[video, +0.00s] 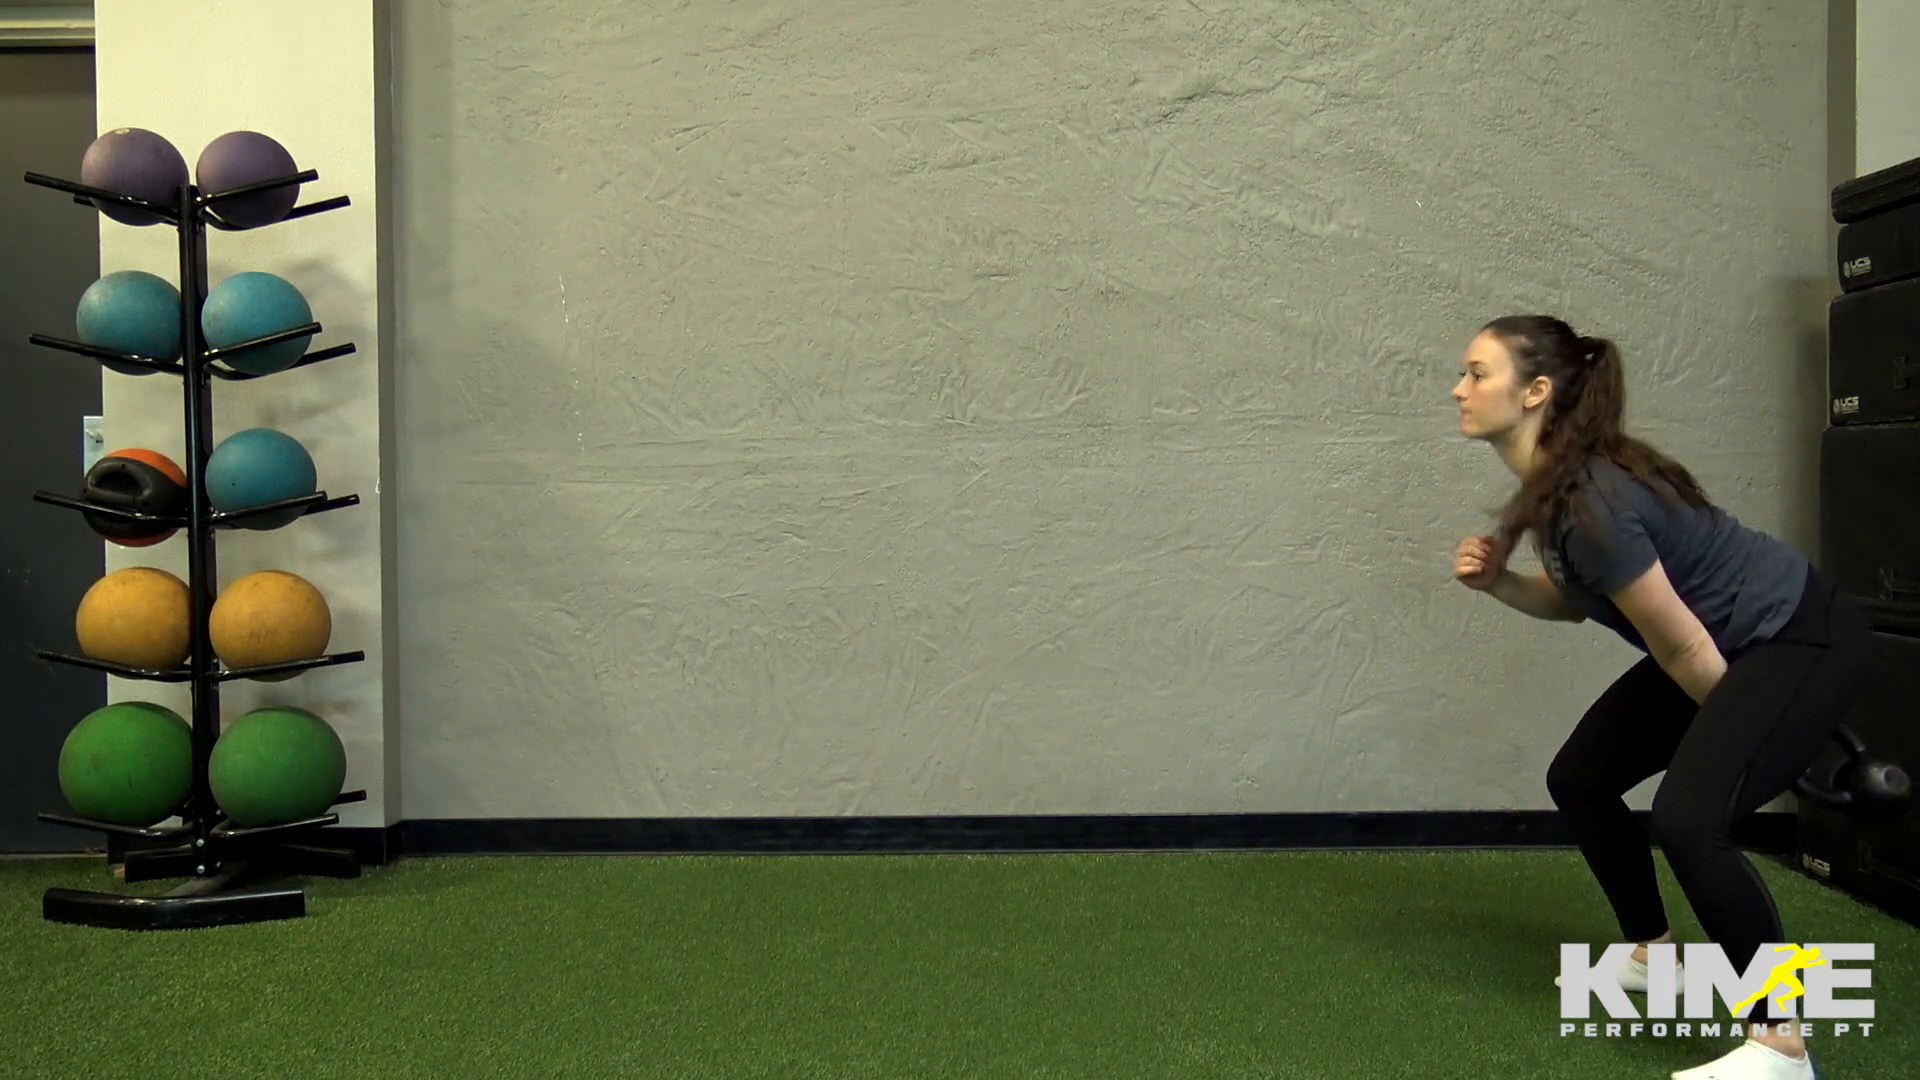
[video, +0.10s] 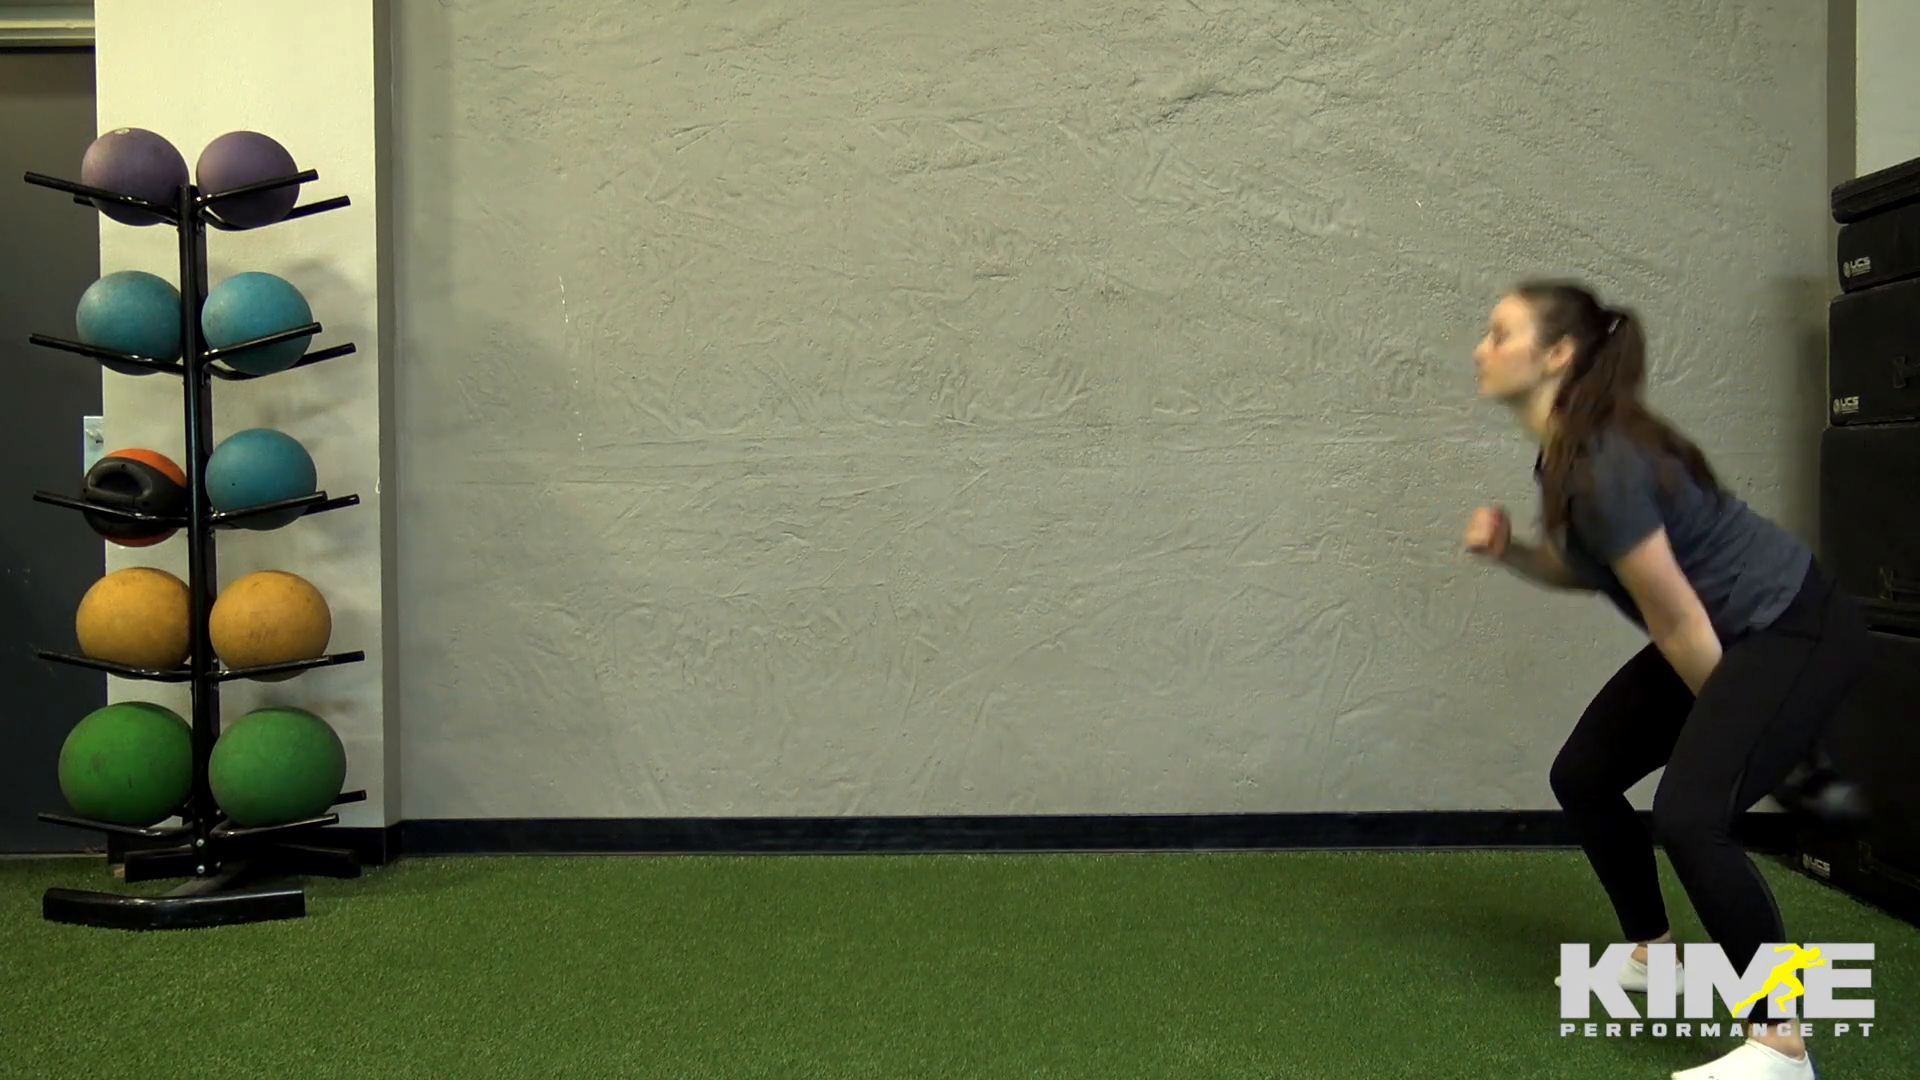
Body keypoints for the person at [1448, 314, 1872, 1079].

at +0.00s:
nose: (1459, 389)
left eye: (1475, 375)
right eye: (1462, 375)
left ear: (1535, 393)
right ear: (1529, 395)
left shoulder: (1591, 502)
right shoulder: (1556, 491)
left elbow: (1686, 646)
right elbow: (1578, 601)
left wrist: (1746, 734)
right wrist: (1498, 581)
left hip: (1805, 637)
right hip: (1730, 639)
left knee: (1687, 819)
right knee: (1580, 778)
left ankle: (1782, 1037)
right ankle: (1655, 960)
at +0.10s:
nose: (1480, 353)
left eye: (1498, 338)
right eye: (1486, 337)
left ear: (1559, 354)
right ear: (1551, 357)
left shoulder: (1601, 461)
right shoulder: (1564, 451)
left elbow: (1681, 621)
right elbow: (1589, 571)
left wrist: (1739, 733)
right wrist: (1510, 551)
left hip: (1800, 630)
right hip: (1726, 631)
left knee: (1691, 817)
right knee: (1583, 777)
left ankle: (1782, 1037)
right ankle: (1657, 960)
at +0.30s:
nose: (1593, 215)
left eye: (1609, 196)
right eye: (1592, 200)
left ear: (1677, 195)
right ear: (1662, 203)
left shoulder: (1727, 299)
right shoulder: (1649, 305)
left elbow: (1723, 458)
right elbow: (1612, 464)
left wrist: (1622, 563)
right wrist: (1554, 410)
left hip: (1764, 556)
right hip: (1681, 562)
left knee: (1724, 773)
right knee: (1624, 760)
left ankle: (1782, 1030)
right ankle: (1658, 960)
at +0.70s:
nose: (1651, 181)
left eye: (1670, 161)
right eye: (1652, 165)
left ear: (1738, 167)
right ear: (1715, 172)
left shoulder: (1774, 291)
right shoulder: (1671, 294)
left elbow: (1703, 417)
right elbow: (1631, 450)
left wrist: (1642, 298)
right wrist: (1565, 401)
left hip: (1733, 560)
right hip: (1652, 567)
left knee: (1735, 789)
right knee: (1662, 782)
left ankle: (1785, 1032)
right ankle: (1656, 963)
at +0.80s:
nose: (1655, 177)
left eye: (1673, 158)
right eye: (1655, 162)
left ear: (1738, 165)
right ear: (1714, 169)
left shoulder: (1772, 286)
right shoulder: (1674, 289)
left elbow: (1698, 408)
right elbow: (1631, 450)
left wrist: (1656, 285)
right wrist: (1565, 404)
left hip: (1732, 562)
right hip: (1651, 570)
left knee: (1736, 792)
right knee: (1664, 785)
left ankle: (1785, 1033)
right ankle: (1655, 964)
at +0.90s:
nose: (1661, 168)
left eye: (1679, 151)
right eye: (1660, 154)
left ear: (1741, 165)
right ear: (1675, 178)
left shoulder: (1776, 287)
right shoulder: (1670, 285)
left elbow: (1689, 404)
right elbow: (1636, 449)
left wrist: (1651, 278)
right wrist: (1570, 408)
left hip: (1737, 562)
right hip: (1652, 567)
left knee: (1738, 788)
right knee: (1662, 784)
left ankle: (1786, 1034)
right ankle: (1658, 967)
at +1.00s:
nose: (1661, 168)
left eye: (1679, 151)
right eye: (1660, 153)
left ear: (1742, 166)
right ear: (1702, 173)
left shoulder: (1770, 289)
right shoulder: (1671, 284)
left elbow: (1679, 408)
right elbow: (1641, 448)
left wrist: (1644, 283)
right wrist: (1569, 416)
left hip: (1738, 561)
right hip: (1655, 567)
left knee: (1739, 785)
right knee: (1662, 781)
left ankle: (1784, 1031)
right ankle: (1659, 962)